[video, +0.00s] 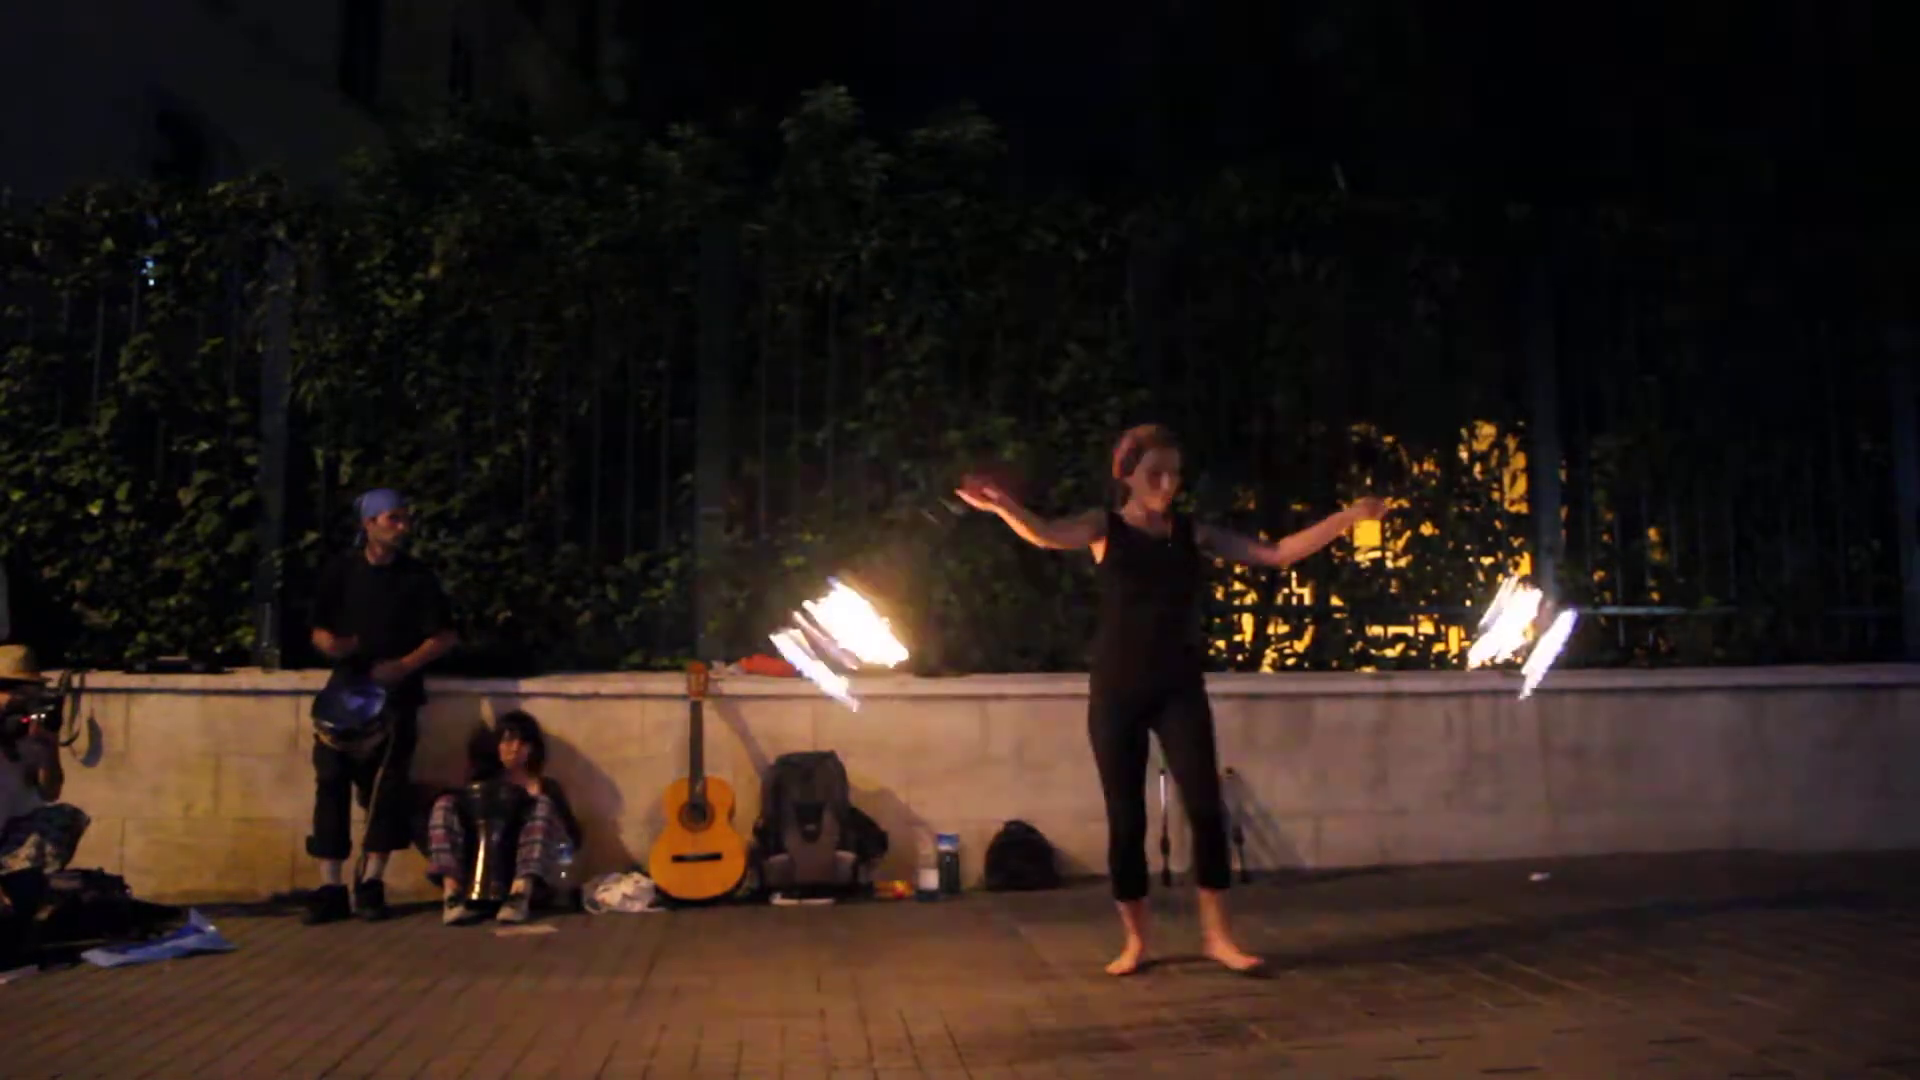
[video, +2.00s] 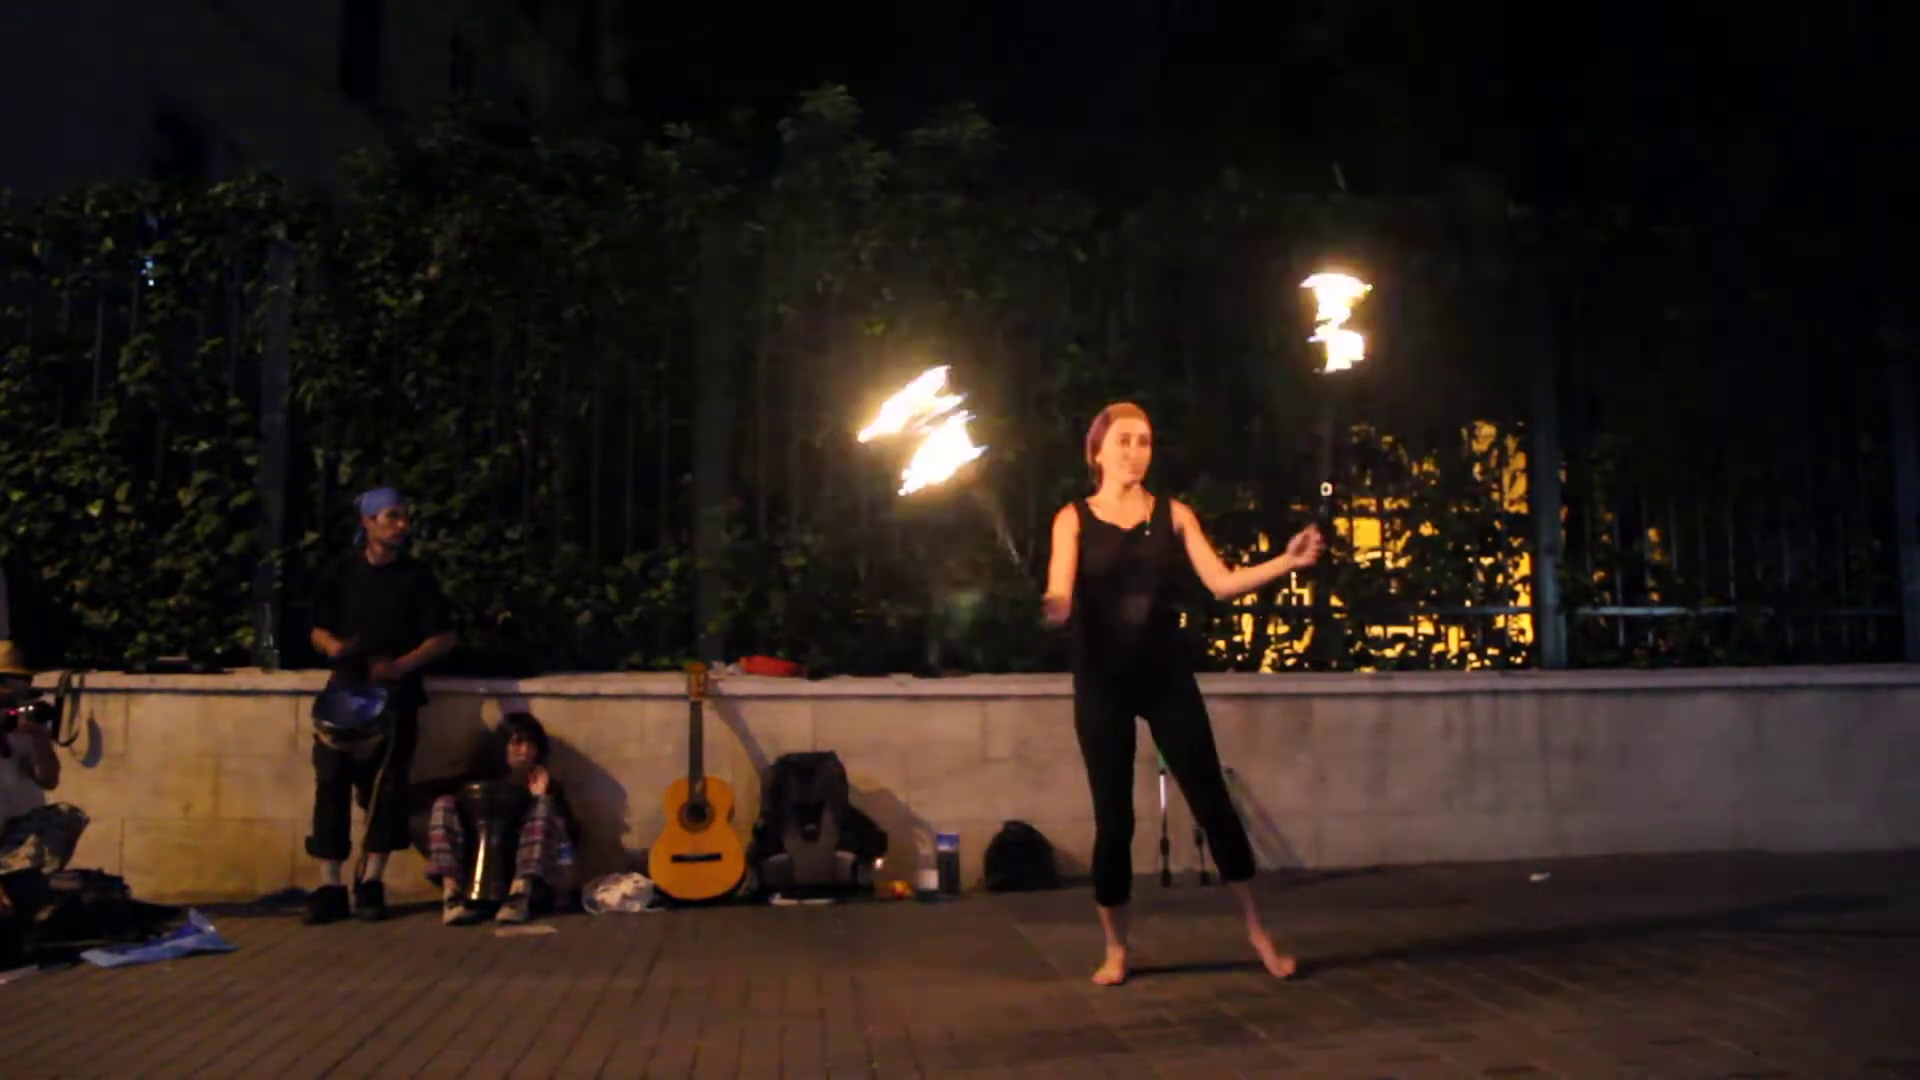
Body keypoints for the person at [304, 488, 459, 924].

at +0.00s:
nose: (402, 526)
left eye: (404, 519)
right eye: (393, 519)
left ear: (405, 525)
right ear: (369, 524)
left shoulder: (417, 576)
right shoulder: (341, 572)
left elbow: (445, 637)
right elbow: (318, 631)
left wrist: (402, 666)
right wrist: (336, 645)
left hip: (396, 693)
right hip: (346, 690)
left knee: (388, 783)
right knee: (331, 781)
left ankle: (371, 881)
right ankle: (331, 883)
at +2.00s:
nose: (402, 526)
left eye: (405, 518)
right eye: (393, 518)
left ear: (407, 524)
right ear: (368, 522)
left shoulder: (417, 575)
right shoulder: (341, 571)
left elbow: (444, 637)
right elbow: (317, 629)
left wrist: (399, 666)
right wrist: (339, 649)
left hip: (396, 693)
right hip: (345, 690)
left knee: (388, 785)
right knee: (331, 783)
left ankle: (371, 881)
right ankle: (330, 883)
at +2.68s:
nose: (402, 523)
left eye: (404, 516)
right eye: (392, 516)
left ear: (405, 523)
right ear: (368, 521)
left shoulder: (417, 574)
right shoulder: (340, 571)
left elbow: (439, 638)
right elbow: (316, 630)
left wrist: (400, 668)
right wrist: (333, 650)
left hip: (396, 694)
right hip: (345, 691)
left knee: (390, 785)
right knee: (331, 784)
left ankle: (370, 881)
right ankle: (331, 883)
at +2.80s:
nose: (402, 524)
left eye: (404, 518)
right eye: (393, 518)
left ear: (405, 524)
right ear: (369, 523)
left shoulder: (416, 574)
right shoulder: (341, 571)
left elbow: (437, 637)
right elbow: (317, 633)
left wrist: (394, 658)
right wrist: (335, 664)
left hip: (396, 697)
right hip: (345, 692)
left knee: (389, 787)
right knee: (331, 785)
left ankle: (370, 882)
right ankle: (331, 883)